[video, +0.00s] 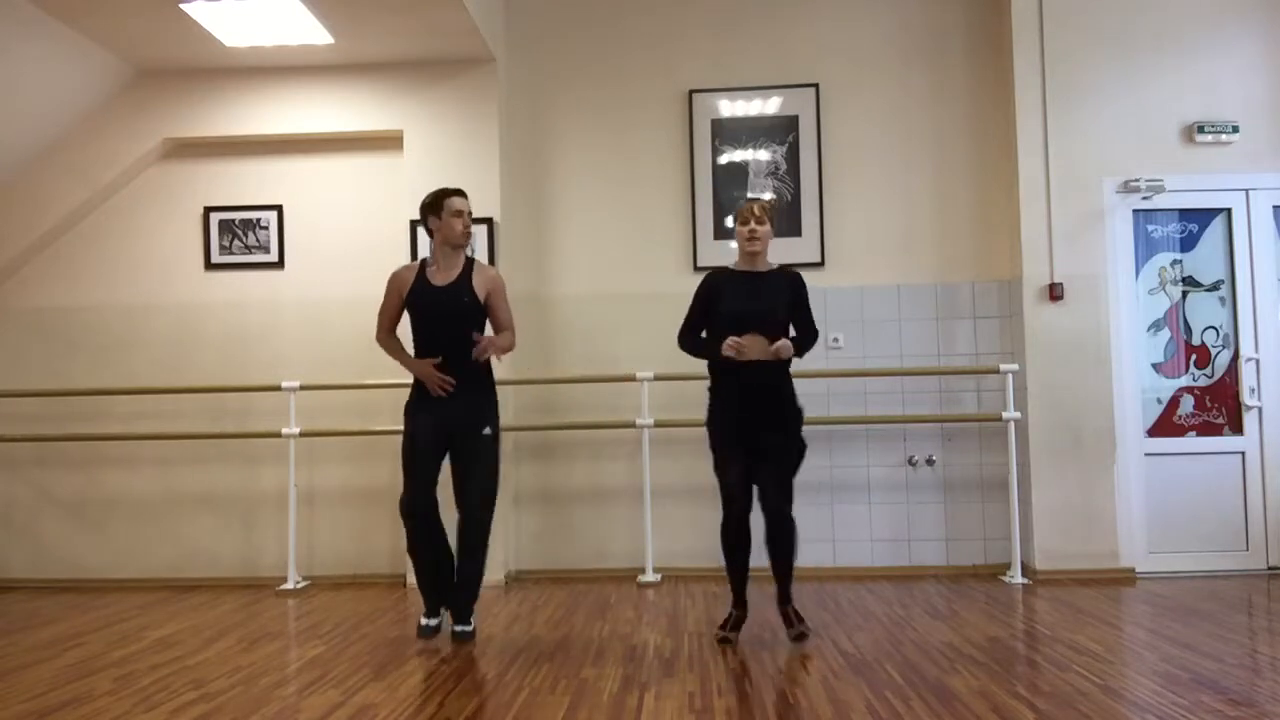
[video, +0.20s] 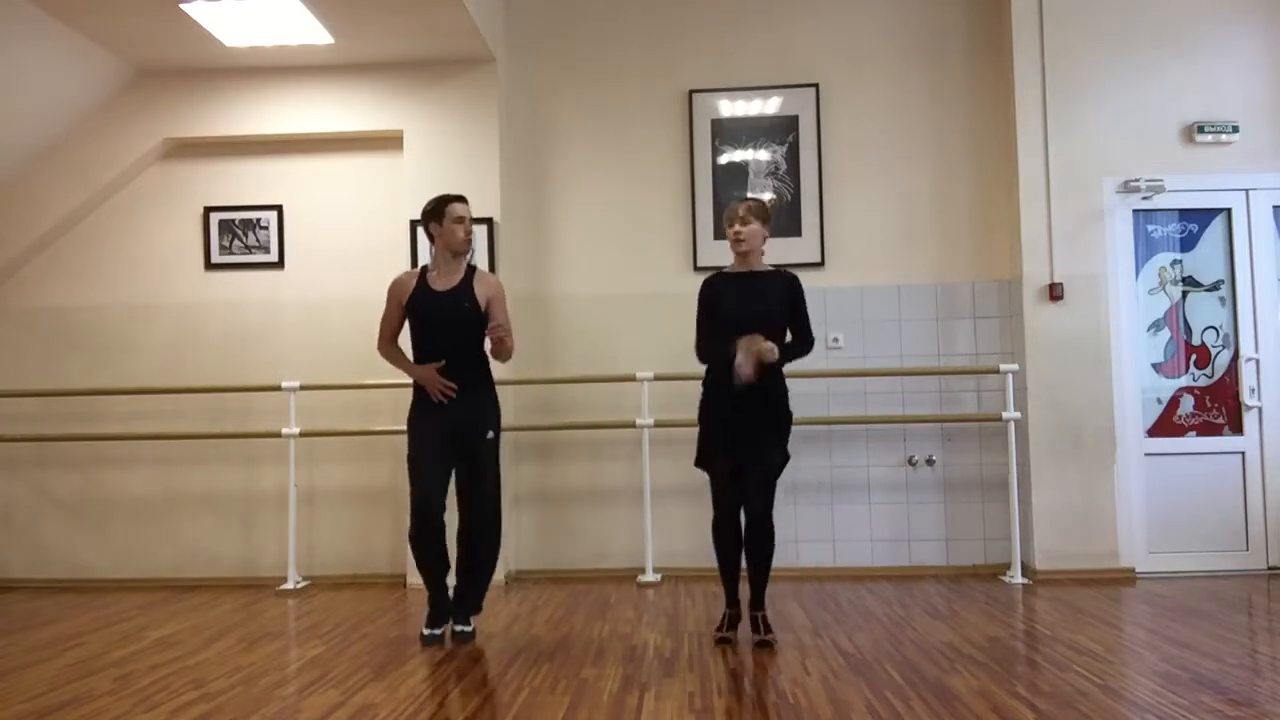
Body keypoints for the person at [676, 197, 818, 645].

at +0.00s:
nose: (752, 228)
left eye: (760, 221)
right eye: (745, 221)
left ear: (772, 231)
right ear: (735, 231)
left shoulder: (789, 282)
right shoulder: (715, 282)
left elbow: (809, 333)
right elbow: (686, 337)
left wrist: (790, 347)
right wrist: (719, 349)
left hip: (777, 409)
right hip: (729, 411)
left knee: (778, 508)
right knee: (735, 509)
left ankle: (786, 602)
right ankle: (737, 605)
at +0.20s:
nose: (738, 229)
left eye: (746, 222)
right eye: (733, 223)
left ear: (766, 232)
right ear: (726, 233)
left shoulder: (786, 283)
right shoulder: (713, 285)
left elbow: (805, 341)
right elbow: (704, 350)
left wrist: (776, 352)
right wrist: (735, 353)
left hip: (767, 412)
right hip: (720, 412)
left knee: (759, 510)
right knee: (725, 511)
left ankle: (758, 609)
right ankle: (730, 607)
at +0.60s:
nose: (722, 228)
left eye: (731, 221)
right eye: (721, 222)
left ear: (757, 228)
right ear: (728, 231)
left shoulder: (783, 283)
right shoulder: (712, 283)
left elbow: (801, 348)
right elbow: (670, 332)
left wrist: (818, 407)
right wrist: (634, 300)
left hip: (771, 398)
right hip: (723, 398)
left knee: (767, 507)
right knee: (734, 507)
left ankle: (762, 609)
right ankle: (740, 608)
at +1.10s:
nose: (719, 227)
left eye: (729, 220)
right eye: (719, 221)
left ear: (754, 226)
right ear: (727, 230)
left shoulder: (782, 281)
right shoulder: (712, 281)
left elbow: (795, 344)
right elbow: (673, 333)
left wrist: (802, 399)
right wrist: (637, 302)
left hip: (772, 397)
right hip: (725, 397)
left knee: (770, 507)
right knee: (734, 507)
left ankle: (764, 609)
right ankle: (742, 608)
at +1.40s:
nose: (718, 220)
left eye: (727, 213)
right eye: (716, 214)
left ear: (752, 220)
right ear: (717, 223)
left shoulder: (785, 269)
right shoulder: (708, 266)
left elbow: (846, 288)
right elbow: (683, 319)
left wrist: (907, 304)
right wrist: (712, 283)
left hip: (762, 391)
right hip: (713, 391)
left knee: (749, 496)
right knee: (725, 498)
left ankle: (756, 602)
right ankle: (738, 602)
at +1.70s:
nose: (714, 217)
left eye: (722, 209)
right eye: (711, 211)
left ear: (749, 213)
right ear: (713, 219)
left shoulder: (777, 264)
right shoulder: (705, 268)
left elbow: (804, 323)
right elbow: (683, 323)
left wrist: (817, 290)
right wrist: (666, 373)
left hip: (766, 380)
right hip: (718, 380)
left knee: (756, 496)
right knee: (716, 461)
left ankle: (751, 609)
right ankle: (726, 539)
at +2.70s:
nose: (756, 230)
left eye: (763, 224)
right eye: (748, 223)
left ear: (774, 234)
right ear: (736, 234)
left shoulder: (794, 289)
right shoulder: (722, 290)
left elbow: (808, 348)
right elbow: (700, 354)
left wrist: (792, 349)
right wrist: (726, 342)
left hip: (791, 405)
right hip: (742, 409)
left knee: (802, 492)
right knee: (760, 503)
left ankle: (791, 567)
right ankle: (771, 595)